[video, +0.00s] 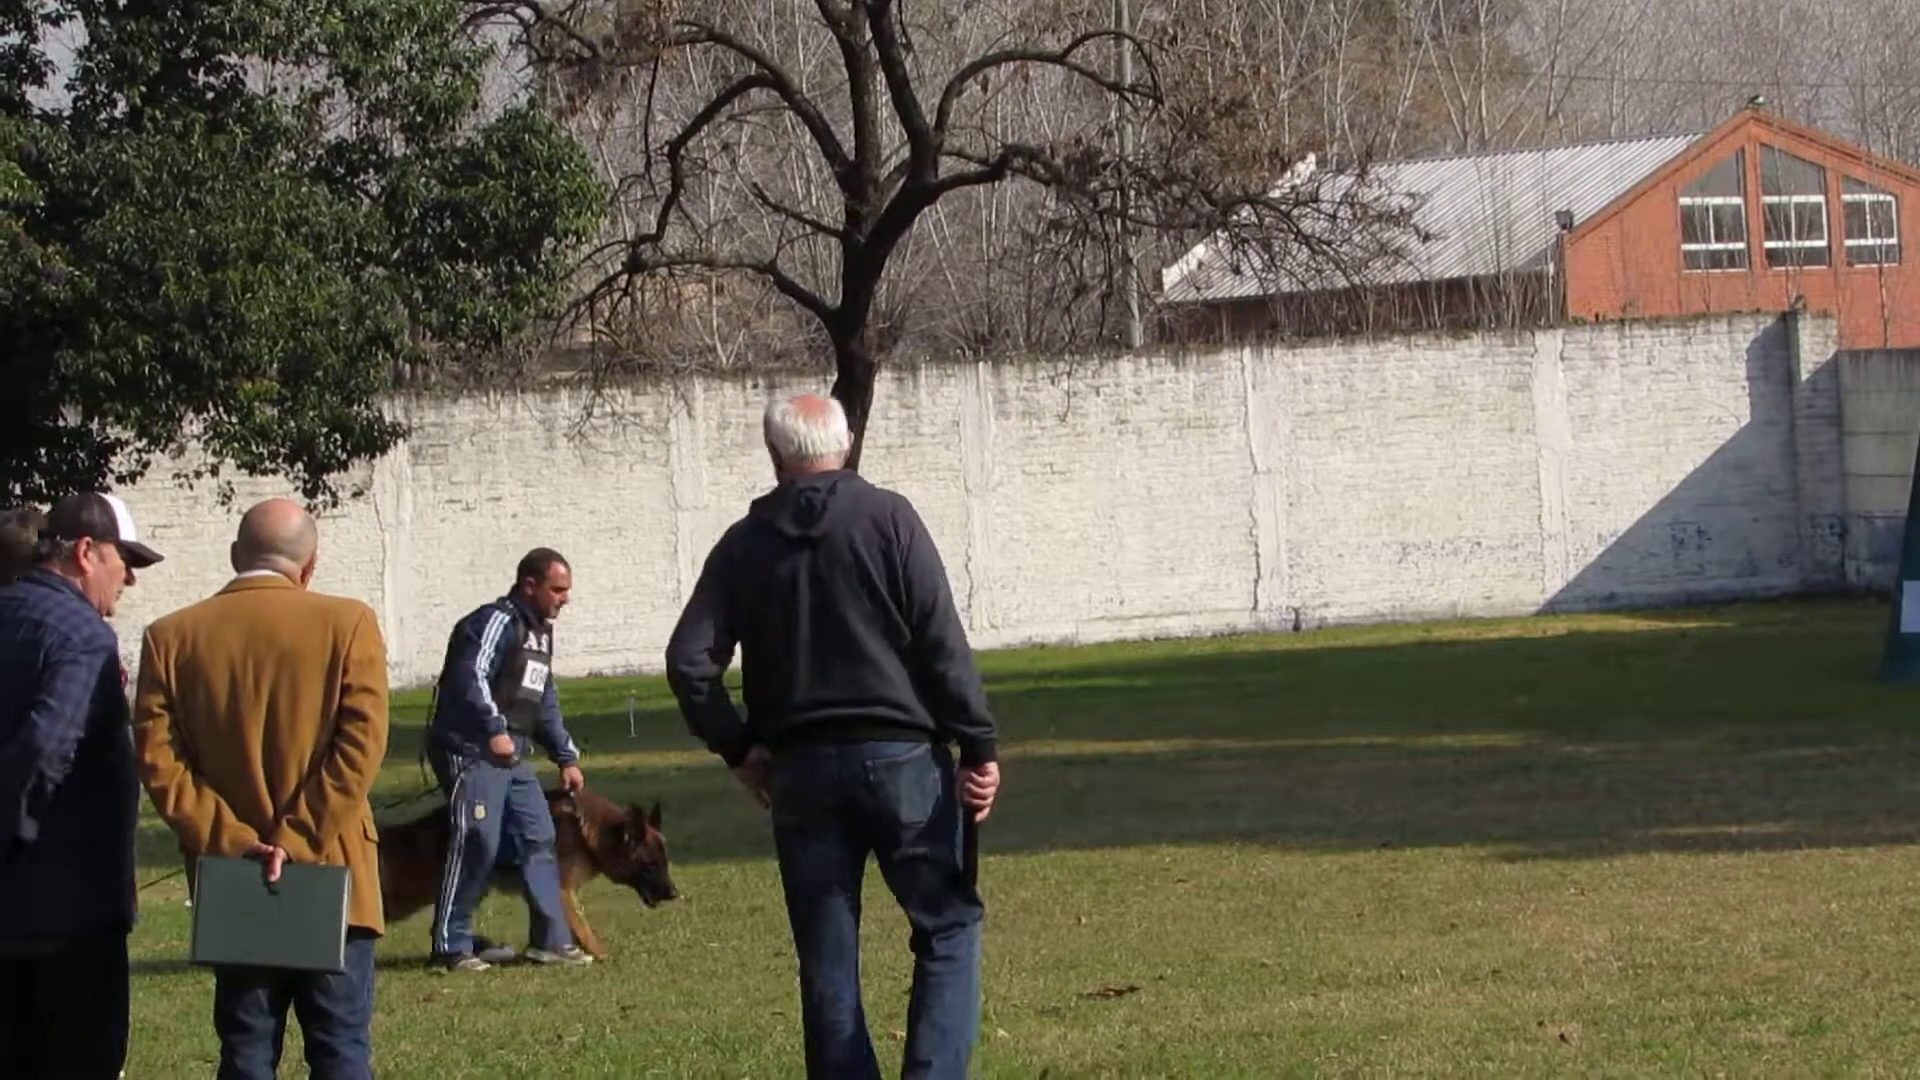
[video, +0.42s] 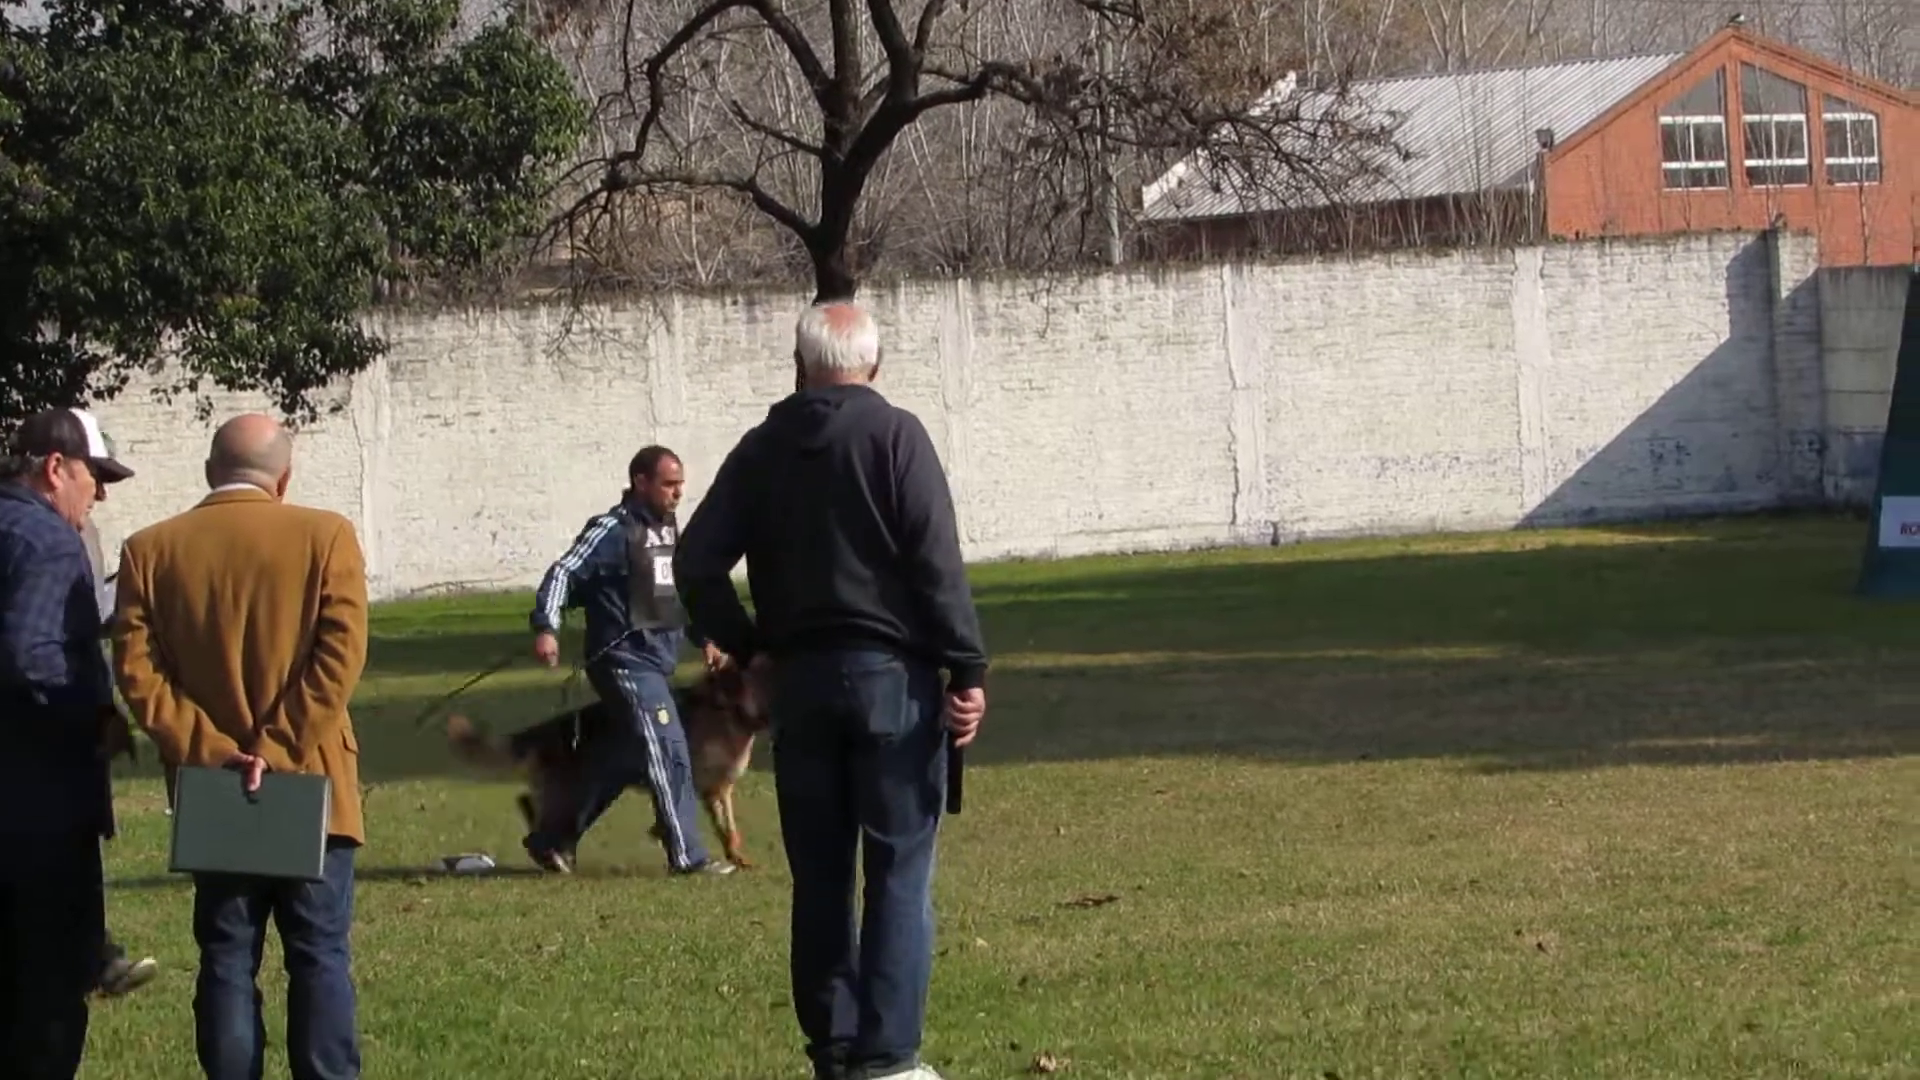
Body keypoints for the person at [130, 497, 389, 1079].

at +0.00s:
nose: (315, 565)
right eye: (315, 557)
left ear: (236, 556)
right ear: (307, 563)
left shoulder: (170, 636)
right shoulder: (349, 623)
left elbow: (159, 766)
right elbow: (359, 749)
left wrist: (237, 845)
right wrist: (294, 839)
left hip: (232, 896)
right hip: (337, 892)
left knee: (246, 1049)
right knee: (341, 1047)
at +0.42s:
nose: (291, 478)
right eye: (291, 470)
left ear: (210, 472)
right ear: (282, 476)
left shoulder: (149, 549)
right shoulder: (328, 535)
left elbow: (137, 676)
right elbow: (339, 659)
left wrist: (215, 752)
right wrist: (274, 747)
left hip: (210, 804)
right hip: (317, 799)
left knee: (225, 962)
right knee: (320, 960)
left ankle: (231, 1076)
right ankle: (327, 1074)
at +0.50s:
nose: (288, 432)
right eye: (288, 424)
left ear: (208, 426)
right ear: (281, 430)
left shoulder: (150, 504)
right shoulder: (327, 490)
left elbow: (136, 630)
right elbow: (341, 612)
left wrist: (210, 706)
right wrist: (279, 700)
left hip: (209, 758)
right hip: (316, 751)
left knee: (225, 909)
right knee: (320, 908)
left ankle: (232, 1066)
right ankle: (333, 1065)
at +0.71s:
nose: (237, 332)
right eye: (237, 323)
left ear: (156, 331)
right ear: (233, 332)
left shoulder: (109, 408)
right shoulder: (283, 393)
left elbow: (93, 536)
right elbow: (295, 515)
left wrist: (170, 608)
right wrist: (236, 609)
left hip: (167, 661)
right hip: (270, 657)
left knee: (180, 819)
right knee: (275, 817)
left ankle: (189, 997)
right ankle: (290, 990)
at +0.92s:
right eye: (158, 262)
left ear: (76, 274)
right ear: (154, 272)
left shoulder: (27, 355)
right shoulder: (207, 333)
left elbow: (18, 482)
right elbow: (222, 454)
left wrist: (89, 549)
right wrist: (165, 547)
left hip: (90, 604)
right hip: (196, 598)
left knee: (105, 763)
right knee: (200, 760)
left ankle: (114, 941)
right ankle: (215, 934)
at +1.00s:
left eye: (39, 256)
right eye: (122, 245)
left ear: (42, 261)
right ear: (120, 256)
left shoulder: (10, 337)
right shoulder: (176, 319)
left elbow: (2, 471)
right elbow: (193, 441)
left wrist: (63, 537)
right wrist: (134, 534)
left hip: (58, 593)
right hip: (164, 583)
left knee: (71, 753)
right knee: (170, 745)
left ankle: (81, 930)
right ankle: (185, 922)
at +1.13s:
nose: (69, 233)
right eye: (70, 225)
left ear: (0, 233)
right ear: (65, 235)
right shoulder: (118, 297)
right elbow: (137, 419)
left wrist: (22, 520)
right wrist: (77, 508)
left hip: (9, 564)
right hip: (105, 562)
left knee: (18, 730)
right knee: (111, 725)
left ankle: (24, 908)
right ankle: (126, 899)